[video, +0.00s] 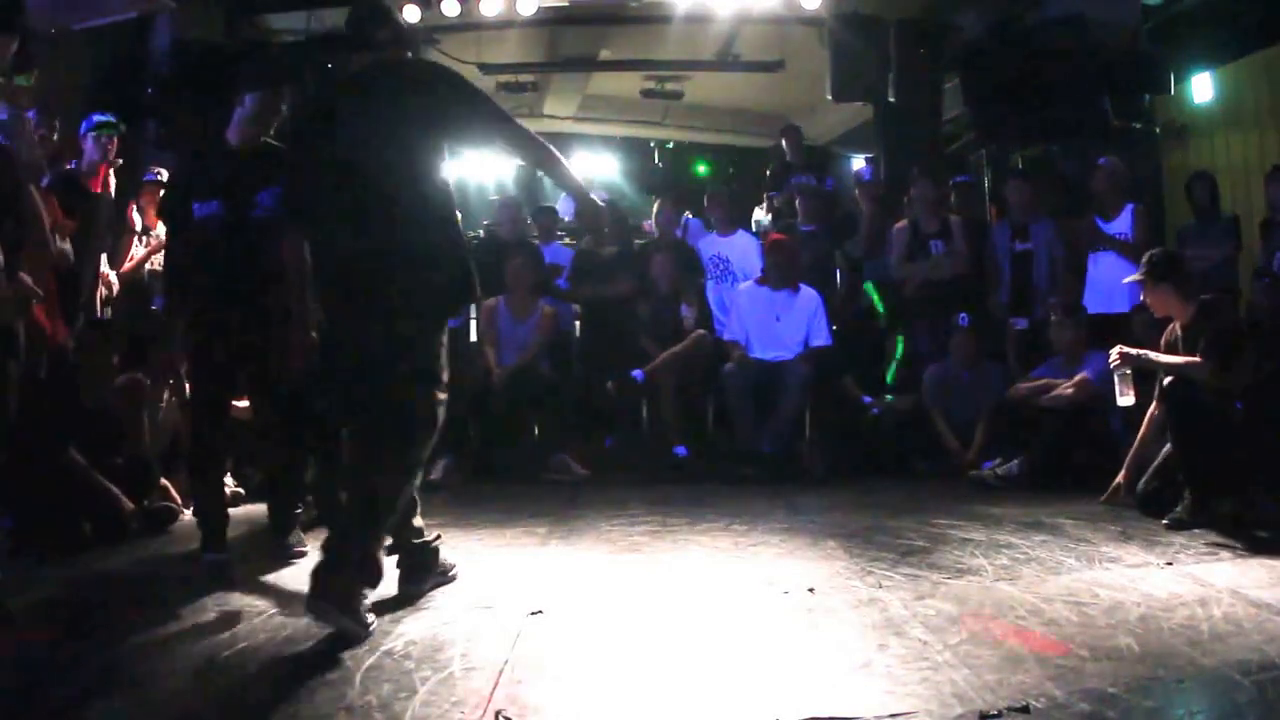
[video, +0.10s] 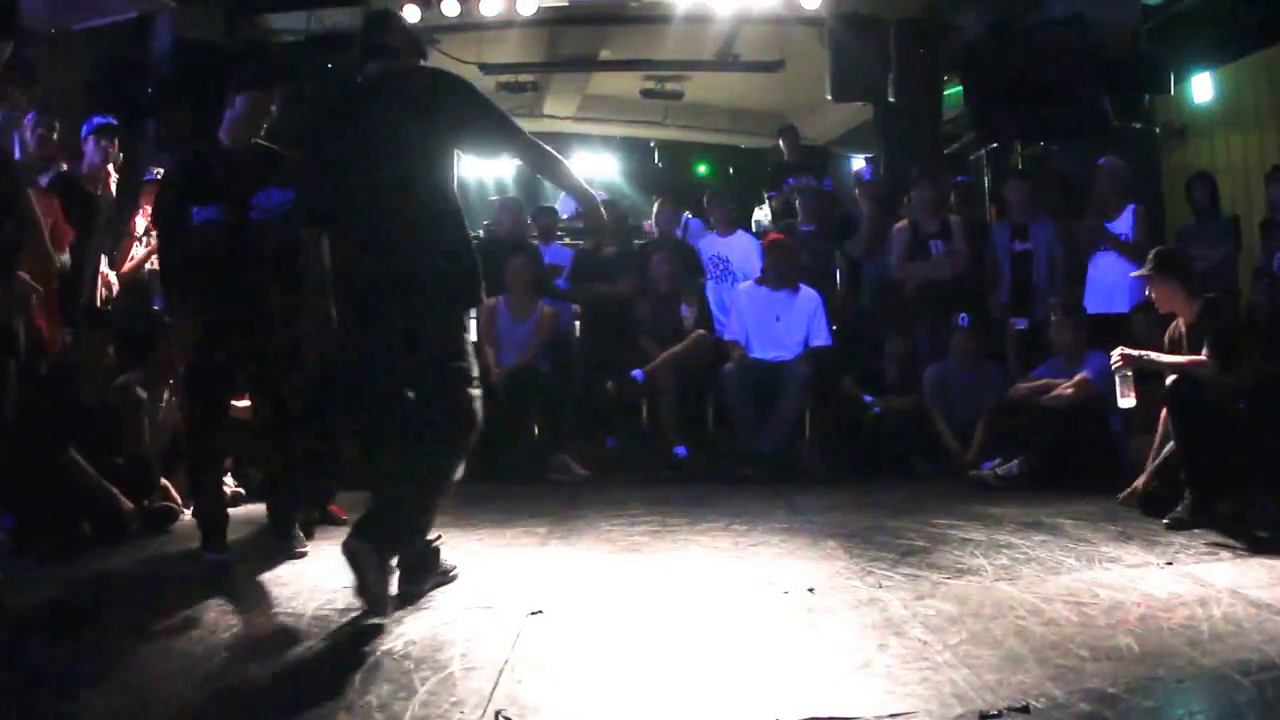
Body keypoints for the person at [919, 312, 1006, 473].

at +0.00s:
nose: (963, 351)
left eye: (968, 345)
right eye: (959, 345)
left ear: (975, 346)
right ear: (951, 346)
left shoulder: (988, 374)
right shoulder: (935, 375)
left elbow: (985, 416)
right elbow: (936, 415)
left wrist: (973, 453)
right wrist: (955, 448)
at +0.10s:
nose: (963, 349)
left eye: (967, 344)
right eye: (958, 344)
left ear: (975, 346)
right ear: (951, 345)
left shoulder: (988, 374)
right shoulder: (935, 375)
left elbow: (985, 417)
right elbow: (937, 415)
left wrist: (973, 453)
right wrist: (954, 448)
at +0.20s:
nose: (962, 346)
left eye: (967, 341)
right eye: (958, 341)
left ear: (975, 343)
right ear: (951, 342)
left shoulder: (988, 373)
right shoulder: (935, 374)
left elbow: (986, 416)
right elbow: (936, 415)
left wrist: (973, 453)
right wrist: (954, 448)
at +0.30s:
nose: (963, 346)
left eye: (968, 340)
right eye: (958, 340)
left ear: (975, 343)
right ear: (951, 342)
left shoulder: (989, 374)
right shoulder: (935, 375)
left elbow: (986, 416)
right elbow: (937, 416)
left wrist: (973, 454)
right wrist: (956, 450)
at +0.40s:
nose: (961, 346)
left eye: (966, 341)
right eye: (957, 340)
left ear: (975, 343)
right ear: (950, 342)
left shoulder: (989, 373)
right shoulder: (935, 375)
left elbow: (986, 416)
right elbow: (936, 416)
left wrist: (972, 454)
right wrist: (957, 452)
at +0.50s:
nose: (961, 346)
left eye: (966, 340)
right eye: (957, 340)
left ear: (974, 343)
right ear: (950, 342)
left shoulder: (988, 373)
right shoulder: (935, 374)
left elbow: (986, 416)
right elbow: (936, 416)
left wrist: (972, 454)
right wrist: (957, 452)